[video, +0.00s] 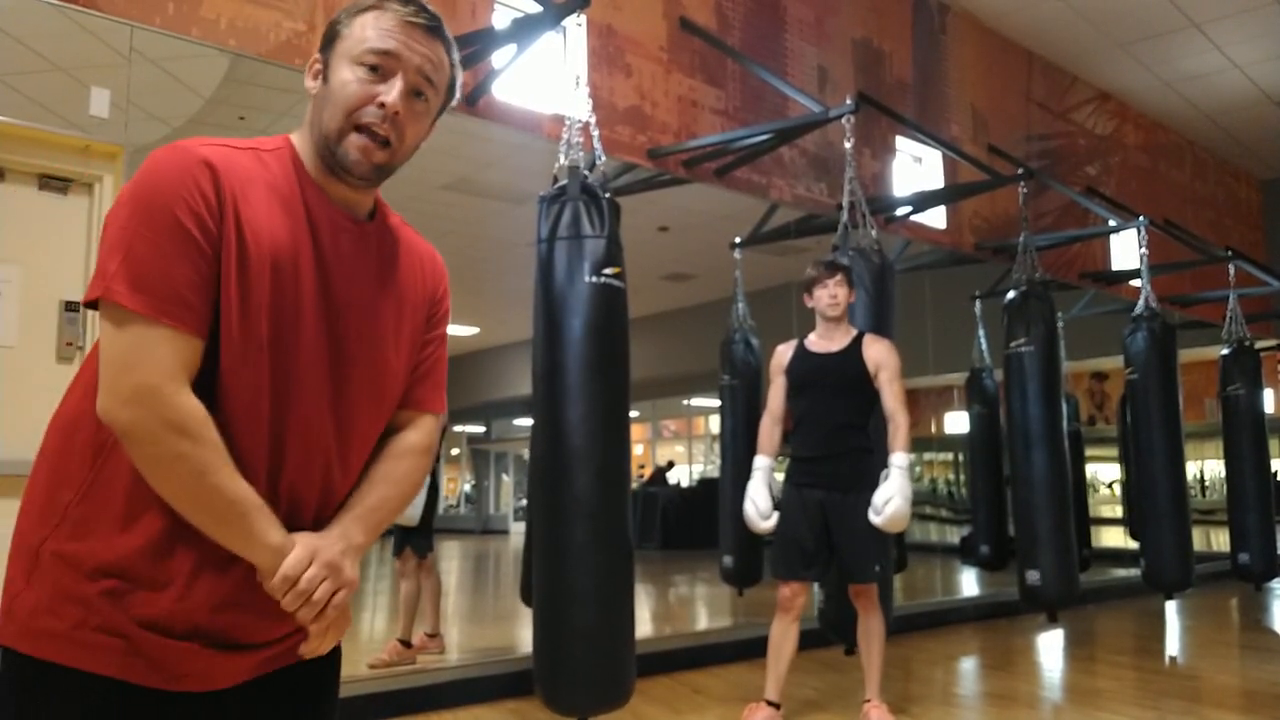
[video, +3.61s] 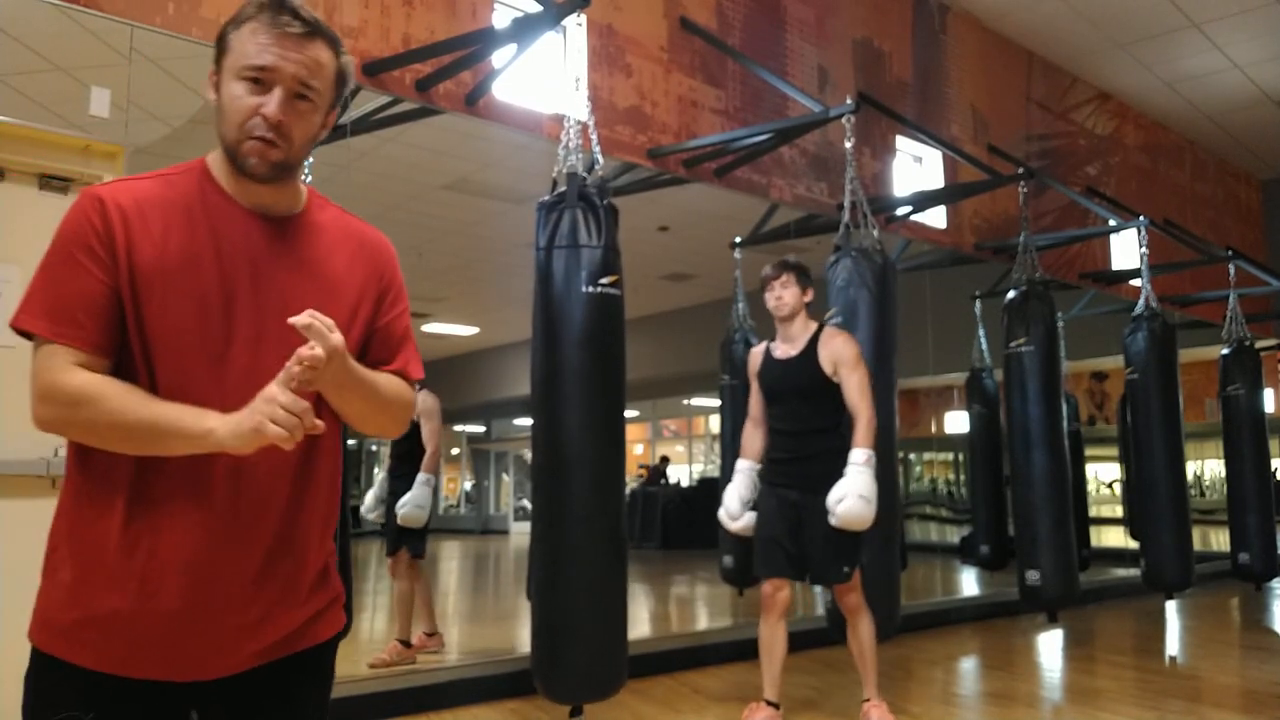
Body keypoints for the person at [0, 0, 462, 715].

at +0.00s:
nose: (394, 101)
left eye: (421, 92)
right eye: (375, 68)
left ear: (429, 125)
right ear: (317, 73)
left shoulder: (421, 273)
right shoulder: (194, 179)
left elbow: (417, 430)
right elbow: (141, 396)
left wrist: (349, 538)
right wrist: (280, 554)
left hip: (284, 654)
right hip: (101, 643)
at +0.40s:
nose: (322, 89)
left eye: (351, 83)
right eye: (305, 54)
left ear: (362, 116)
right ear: (245, 50)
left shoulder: (355, 261)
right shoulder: (115, 178)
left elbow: (353, 423)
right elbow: (55, 393)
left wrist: (324, 525)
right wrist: (211, 554)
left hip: (243, 670)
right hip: (67, 664)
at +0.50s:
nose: (296, 80)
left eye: (325, 73)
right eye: (277, 45)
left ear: (332, 104)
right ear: (214, 43)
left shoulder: (328, 250)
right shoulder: (78, 173)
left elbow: (341, 407)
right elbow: (10, 375)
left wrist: (332, 492)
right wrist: (163, 527)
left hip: (239, 663)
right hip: (62, 664)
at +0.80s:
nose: (225, 47)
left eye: (250, 37)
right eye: (199, 17)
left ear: (259, 67)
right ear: (132, 24)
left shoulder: (280, 214)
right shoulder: (23, 160)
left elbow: (316, 362)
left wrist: (280, 411)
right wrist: (147, 413)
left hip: (239, 645)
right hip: (51, 655)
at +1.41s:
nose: (246, 58)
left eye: (273, 46)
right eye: (222, 36)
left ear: (305, 79)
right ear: (183, 63)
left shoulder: (370, 230)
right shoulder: (93, 206)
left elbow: (430, 378)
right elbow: (13, 380)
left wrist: (373, 400)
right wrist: (170, 409)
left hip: (301, 651)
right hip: (114, 652)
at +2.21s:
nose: (173, 79)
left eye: (200, 59)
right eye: (148, 53)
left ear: (232, 83)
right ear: (109, 66)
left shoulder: (292, 229)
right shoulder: (22, 195)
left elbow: (327, 407)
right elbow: (2, 375)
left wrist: (314, 337)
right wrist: (133, 383)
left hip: (237, 640)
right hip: (47, 642)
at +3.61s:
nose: (273, 111)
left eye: (302, 96)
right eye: (255, 81)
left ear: (328, 119)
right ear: (215, 84)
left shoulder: (366, 255)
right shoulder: (115, 214)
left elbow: (394, 418)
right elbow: (56, 392)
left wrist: (342, 376)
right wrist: (223, 428)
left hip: (282, 647)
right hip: (107, 639)